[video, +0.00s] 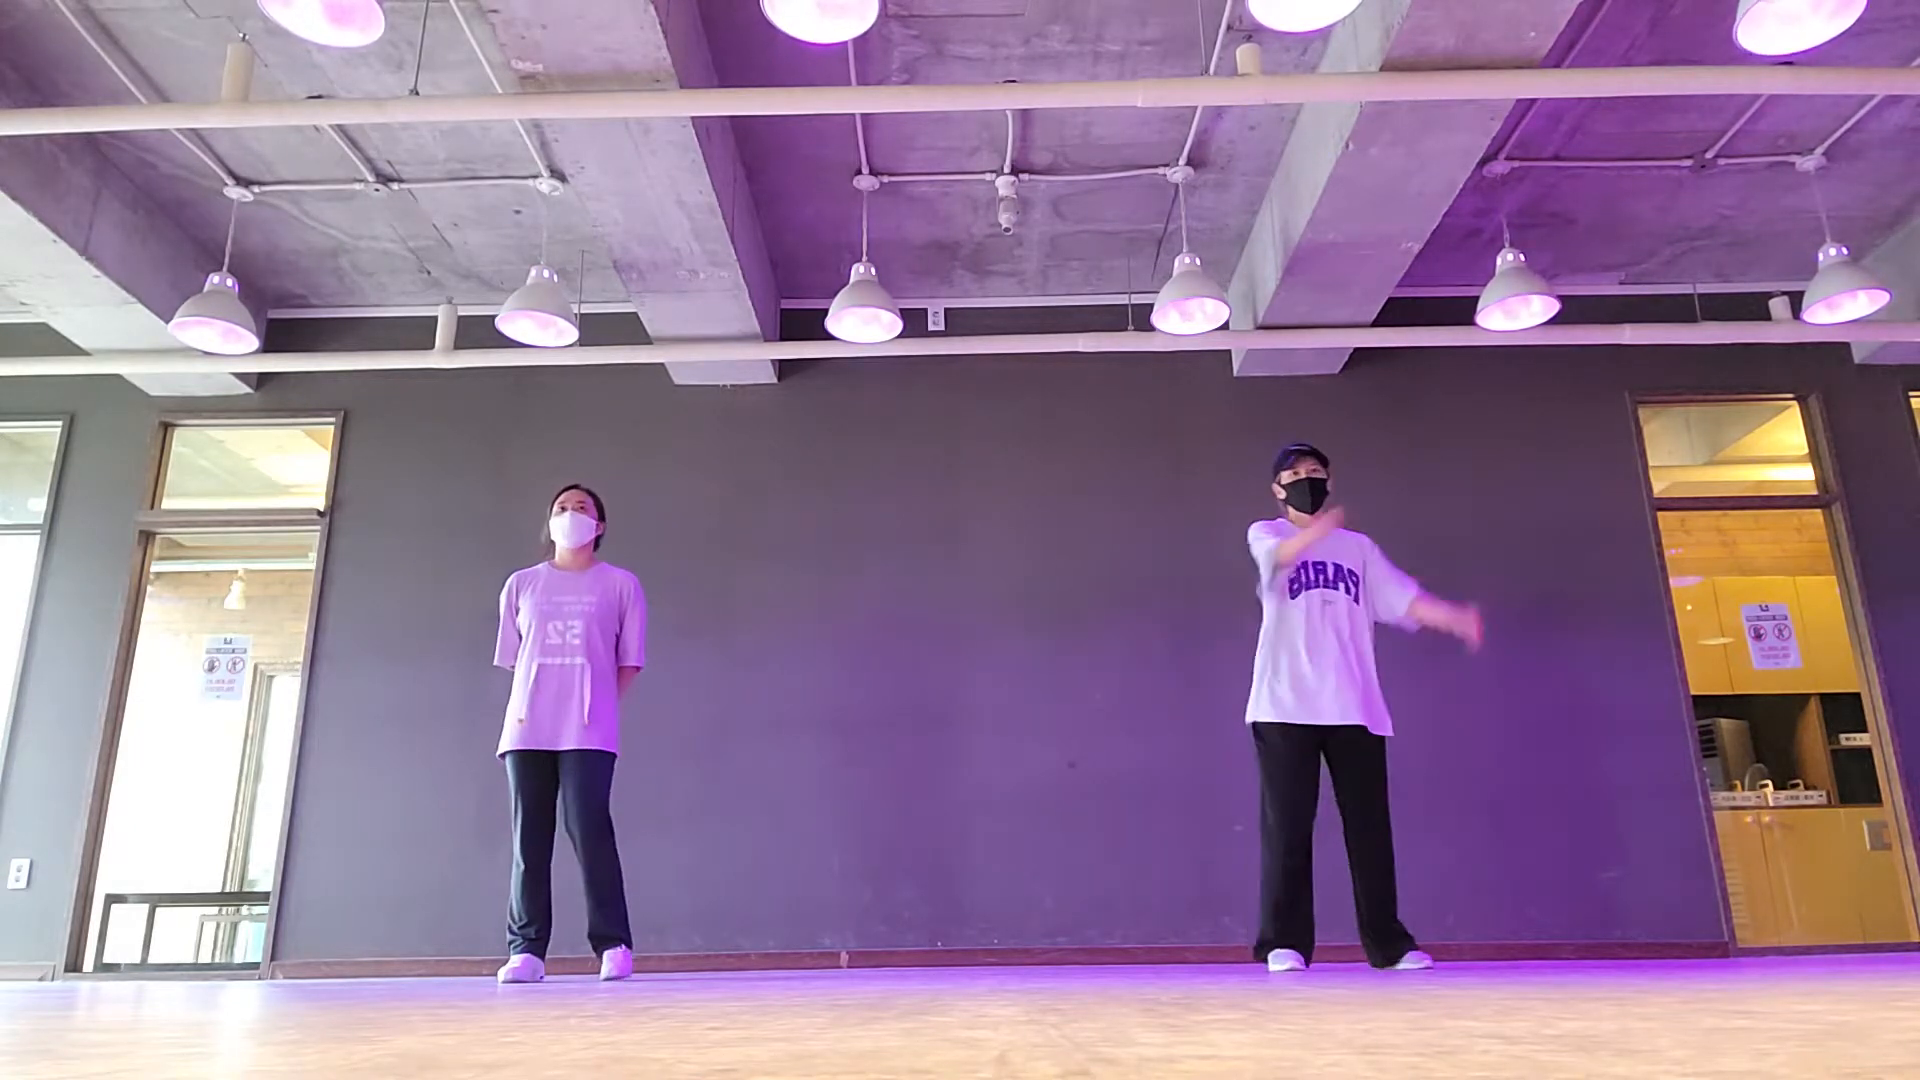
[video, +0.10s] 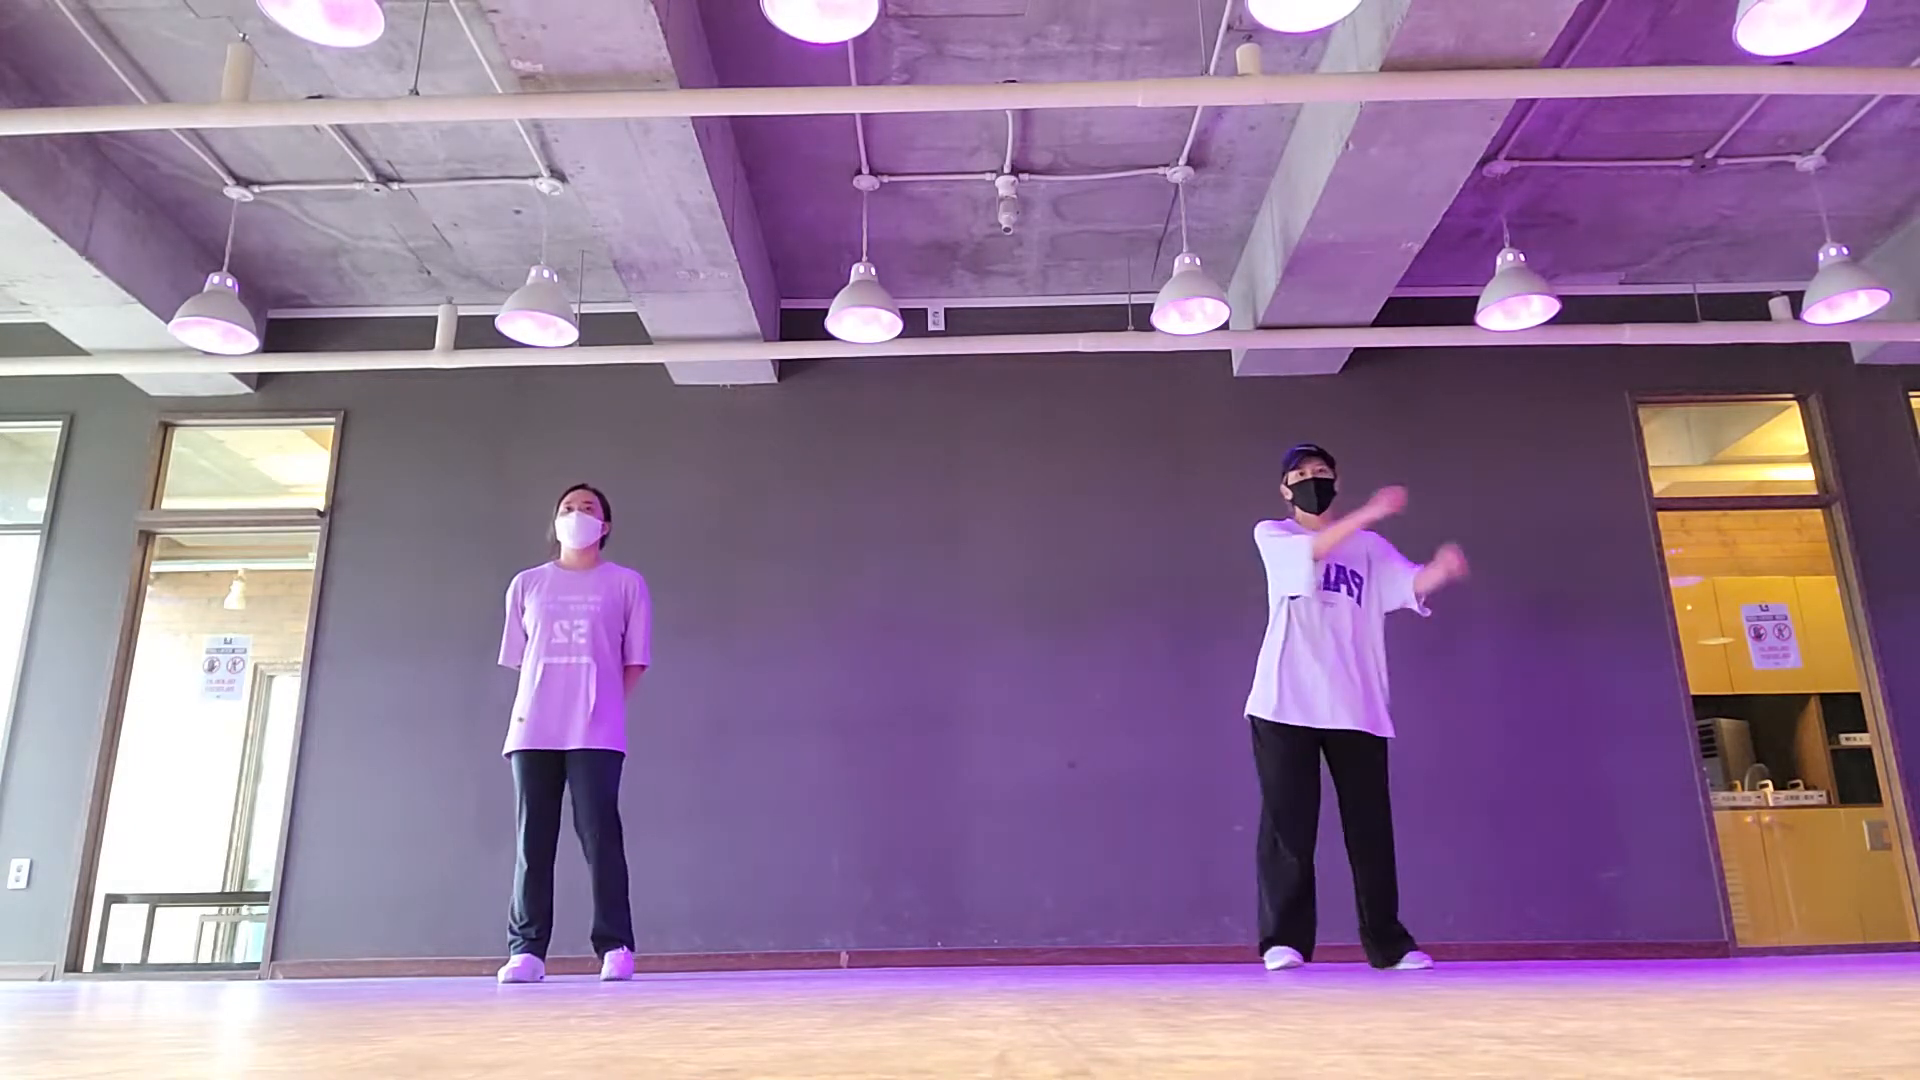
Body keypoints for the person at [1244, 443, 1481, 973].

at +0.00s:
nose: (1308, 482)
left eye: (1316, 474)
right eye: (1295, 476)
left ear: (1329, 484)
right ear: (1278, 489)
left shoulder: (1358, 548)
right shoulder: (1266, 534)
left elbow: (1405, 599)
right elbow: (1278, 557)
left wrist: (1455, 617)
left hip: (1355, 705)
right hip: (1284, 705)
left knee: (1371, 831)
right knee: (1287, 832)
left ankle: (1390, 946)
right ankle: (1283, 946)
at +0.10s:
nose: (1313, 481)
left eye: (1322, 474)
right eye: (1301, 475)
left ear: (1336, 484)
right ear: (1285, 489)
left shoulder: (1369, 545)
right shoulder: (1271, 534)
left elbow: (1408, 586)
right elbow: (1311, 550)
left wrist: (1437, 572)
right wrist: (1366, 514)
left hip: (1357, 705)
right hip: (1285, 702)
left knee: (1371, 830)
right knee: (1288, 829)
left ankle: (1389, 947)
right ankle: (1283, 945)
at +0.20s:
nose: (1312, 488)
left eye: (1322, 479)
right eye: (1301, 481)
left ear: (1336, 486)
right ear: (1284, 489)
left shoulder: (1371, 544)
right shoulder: (1272, 535)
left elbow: (1403, 588)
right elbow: (1320, 561)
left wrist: (1423, 556)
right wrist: (1395, 538)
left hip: (1359, 702)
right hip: (1287, 699)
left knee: (1368, 824)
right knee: (1283, 822)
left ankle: (1387, 946)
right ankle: (1273, 943)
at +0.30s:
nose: (1306, 486)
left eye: (1315, 477)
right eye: (1295, 479)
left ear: (1330, 487)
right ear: (1280, 491)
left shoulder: (1366, 544)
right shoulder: (1266, 536)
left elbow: (1390, 606)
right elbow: (1312, 574)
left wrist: (1408, 582)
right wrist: (1389, 572)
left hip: (1359, 704)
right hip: (1286, 702)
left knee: (1370, 829)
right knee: (1279, 829)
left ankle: (1386, 947)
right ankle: (1270, 944)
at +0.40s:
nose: (1299, 487)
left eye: (1308, 478)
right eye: (1288, 480)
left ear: (1322, 487)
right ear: (1272, 491)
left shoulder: (1355, 544)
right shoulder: (1259, 539)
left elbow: (1386, 599)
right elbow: (1289, 590)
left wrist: (1397, 640)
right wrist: (1368, 618)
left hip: (1357, 706)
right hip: (1284, 707)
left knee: (1371, 831)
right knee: (1279, 832)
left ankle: (1386, 947)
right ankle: (1272, 945)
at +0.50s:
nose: (1290, 484)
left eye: (1299, 476)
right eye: (1279, 478)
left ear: (1314, 486)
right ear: (1264, 491)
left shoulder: (1347, 543)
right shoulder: (1249, 543)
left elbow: (1369, 626)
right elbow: (1256, 609)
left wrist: (1386, 690)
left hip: (1348, 708)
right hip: (1277, 712)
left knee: (1367, 830)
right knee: (1276, 832)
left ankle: (1389, 946)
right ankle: (1274, 946)